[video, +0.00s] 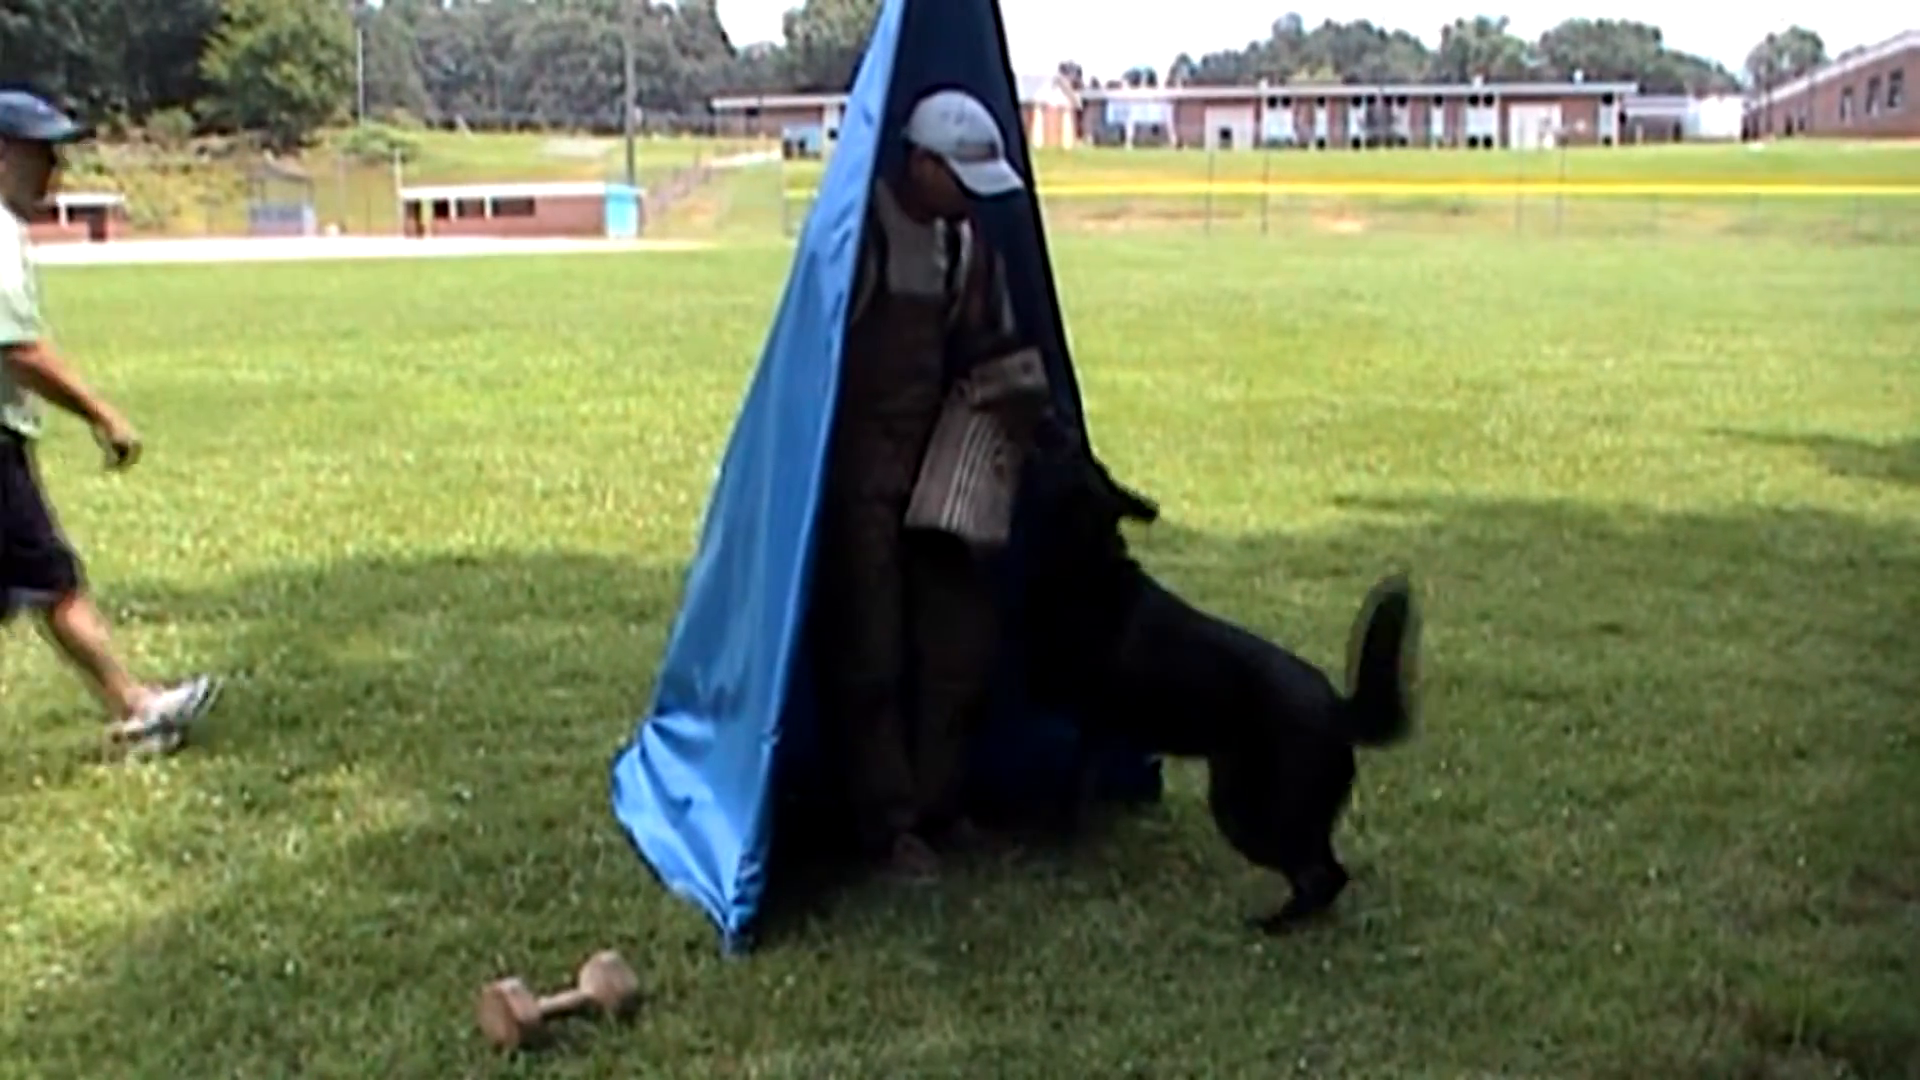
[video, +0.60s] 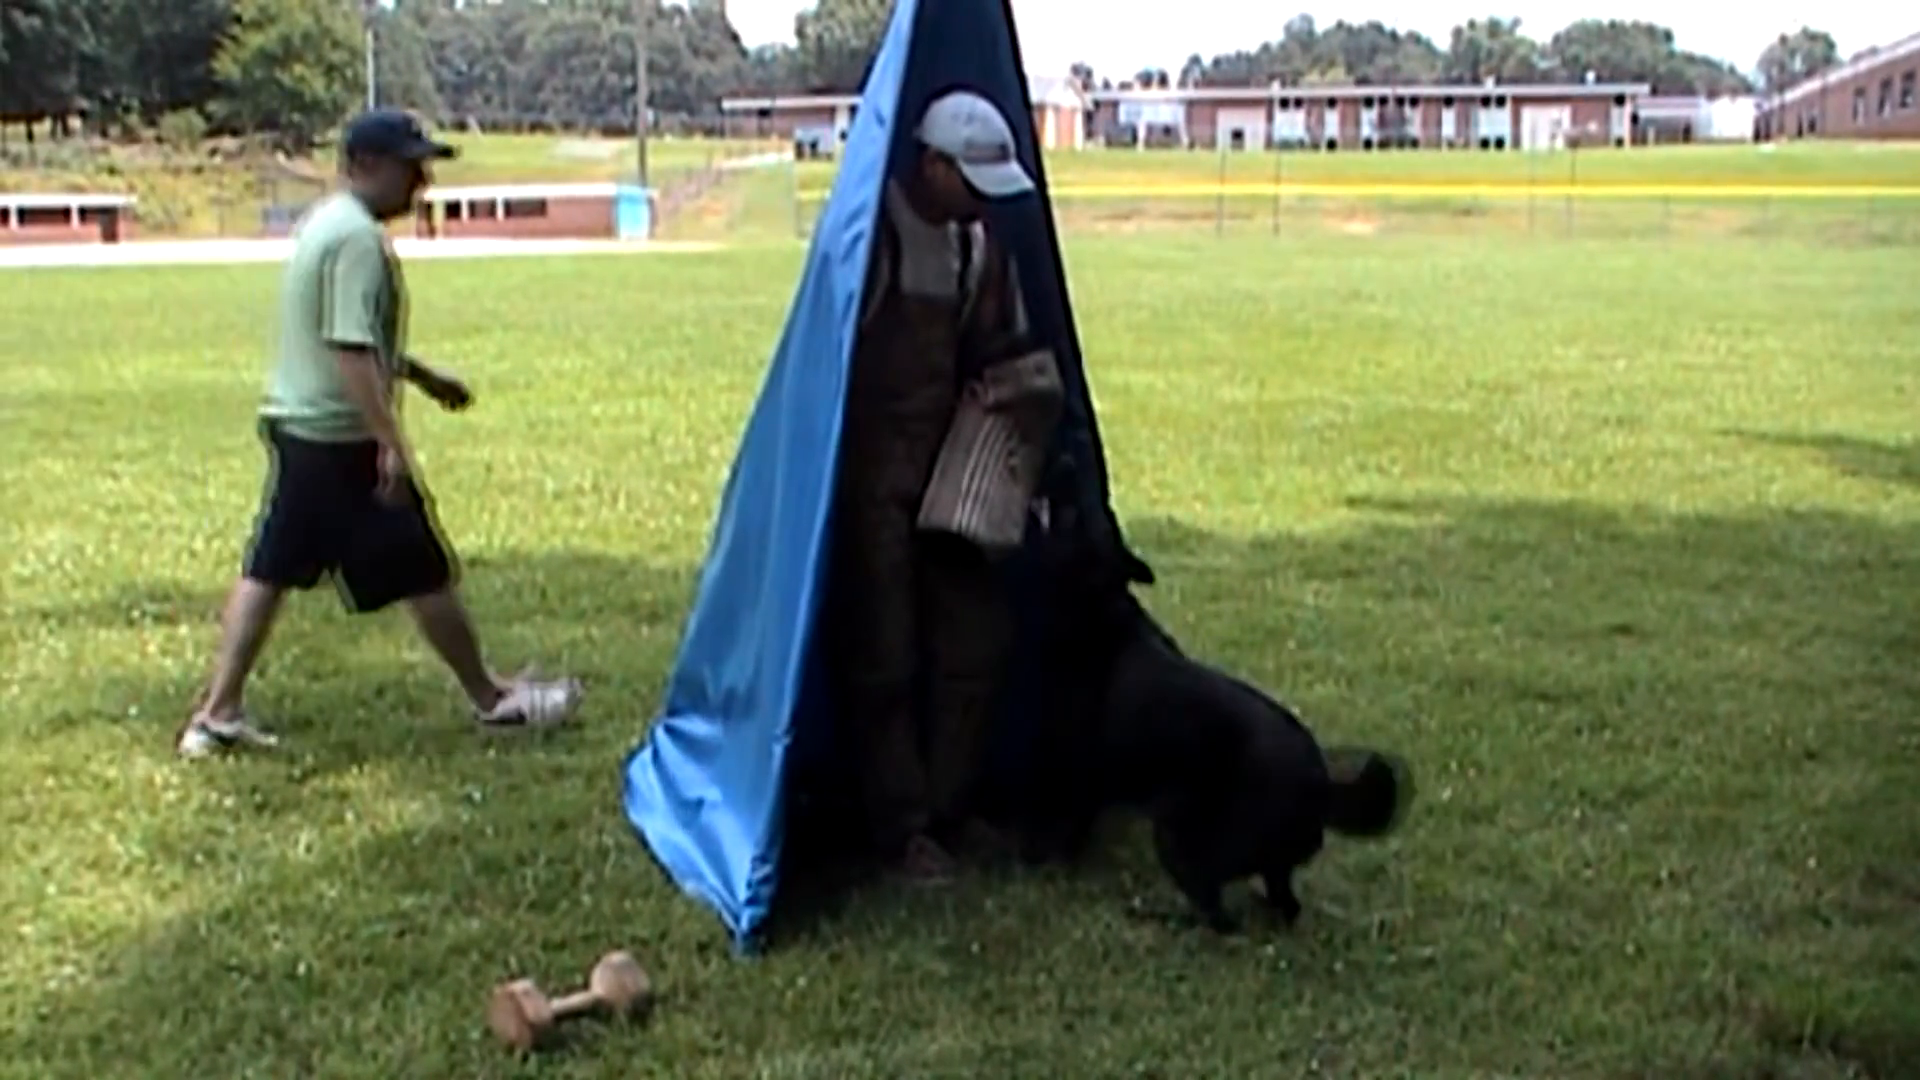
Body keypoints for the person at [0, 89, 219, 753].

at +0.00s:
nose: (53, 172)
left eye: (55, 157)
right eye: (42, 156)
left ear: (27, 158)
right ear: (5, 157)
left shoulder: (11, 233)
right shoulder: (5, 235)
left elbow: (21, 347)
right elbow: (17, 347)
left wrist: (98, 416)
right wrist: (101, 417)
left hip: (12, 441)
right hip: (4, 444)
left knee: (49, 583)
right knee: (54, 583)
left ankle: (132, 701)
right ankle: (132, 702)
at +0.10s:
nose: (123, 180)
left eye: (123, 165)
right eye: (111, 165)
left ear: (59, 167)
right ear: (62, 164)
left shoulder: (21, 222)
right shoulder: (61, 239)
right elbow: (92, 357)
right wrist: (171, 435)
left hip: (20, 446)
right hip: (52, 453)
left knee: (130, 598)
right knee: (130, 596)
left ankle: (178, 723)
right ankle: (179, 724)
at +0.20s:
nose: (191, 174)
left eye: (191, 161)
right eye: (179, 161)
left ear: (128, 162)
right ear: (132, 159)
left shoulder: (88, 219)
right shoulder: (134, 231)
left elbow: (93, 342)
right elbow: (157, 353)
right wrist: (214, 442)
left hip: (89, 429)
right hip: (125, 436)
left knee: (171, 581)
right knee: (152, 584)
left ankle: (201, 725)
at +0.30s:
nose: (254, 160)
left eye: (254, 146)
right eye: (241, 147)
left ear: (188, 149)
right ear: (192, 146)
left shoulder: (157, 210)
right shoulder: (189, 219)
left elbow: (171, 339)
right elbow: (203, 341)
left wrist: (224, 415)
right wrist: (249, 424)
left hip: (149, 415)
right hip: (177, 418)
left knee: (200, 576)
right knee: (236, 577)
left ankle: (206, 721)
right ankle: (109, 674)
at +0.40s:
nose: (308, 164)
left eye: (309, 149)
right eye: (298, 148)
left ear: (247, 148)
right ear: (252, 145)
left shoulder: (211, 203)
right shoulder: (244, 213)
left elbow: (216, 326)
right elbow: (249, 330)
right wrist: (294, 419)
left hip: (189, 409)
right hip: (228, 413)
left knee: (208, 565)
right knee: (329, 548)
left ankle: (206, 715)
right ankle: (270, 698)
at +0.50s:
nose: (367, 172)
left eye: (368, 159)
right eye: (357, 158)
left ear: (309, 156)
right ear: (312, 153)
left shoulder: (272, 212)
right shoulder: (301, 224)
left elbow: (303, 329)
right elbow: (297, 336)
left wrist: (362, 378)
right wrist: (341, 422)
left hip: (244, 422)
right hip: (290, 427)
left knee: (225, 575)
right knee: (376, 561)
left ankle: (210, 717)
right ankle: (419, 703)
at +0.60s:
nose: (422, 183)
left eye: (423, 169)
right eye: (412, 168)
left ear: (363, 170)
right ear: (367, 166)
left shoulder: (327, 223)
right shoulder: (357, 238)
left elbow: (353, 340)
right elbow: (353, 355)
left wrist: (427, 378)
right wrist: (392, 445)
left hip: (301, 433)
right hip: (344, 440)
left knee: (267, 574)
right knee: (426, 575)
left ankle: (217, 712)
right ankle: (490, 698)